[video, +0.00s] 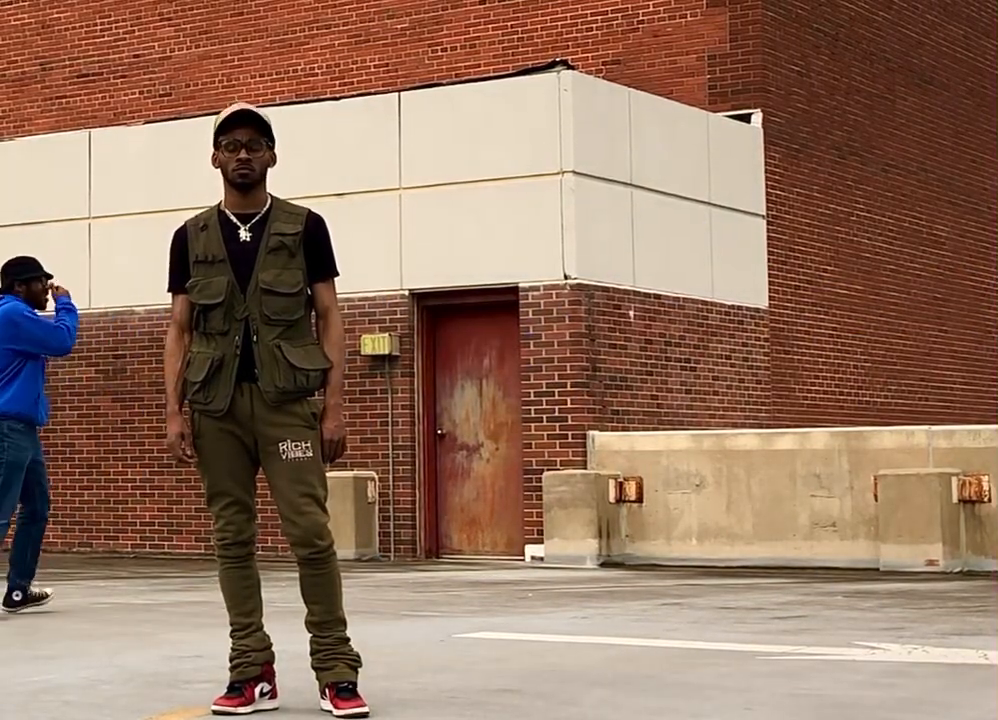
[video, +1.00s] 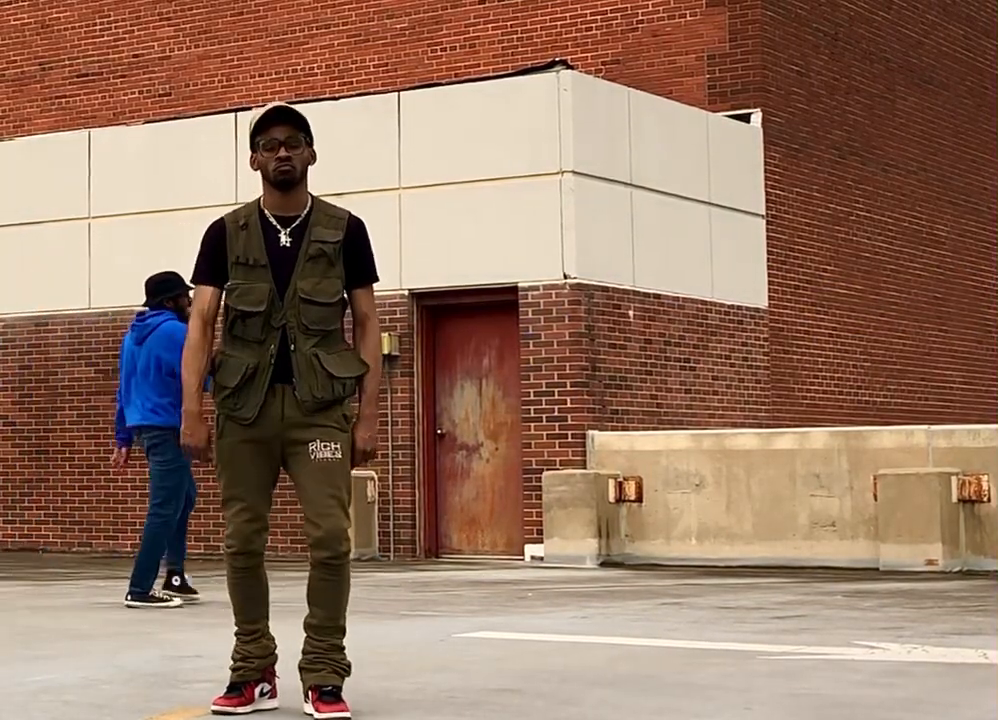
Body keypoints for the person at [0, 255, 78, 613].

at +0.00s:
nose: (46, 291)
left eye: (46, 284)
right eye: (42, 285)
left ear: (19, 287)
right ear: (22, 286)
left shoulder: (18, 314)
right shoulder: (13, 313)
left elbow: (59, 339)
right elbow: (63, 340)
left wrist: (60, 308)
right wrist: (64, 302)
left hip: (26, 429)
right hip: (11, 428)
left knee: (36, 508)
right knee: (5, 514)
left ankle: (18, 587)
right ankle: (14, 589)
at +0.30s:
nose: (67, 299)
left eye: (65, 293)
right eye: (61, 294)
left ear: (37, 299)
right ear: (43, 298)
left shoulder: (30, 328)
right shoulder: (36, 329)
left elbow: (78, 359)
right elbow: (83, 359)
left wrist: (73, 325)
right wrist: (82, 322)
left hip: (33, 430)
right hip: (40, 430)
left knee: (42, 512)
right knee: (44, 512)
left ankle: (13, 587)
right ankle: (11, 588)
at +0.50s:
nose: (95, 298)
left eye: (93, 293)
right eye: (89, 293)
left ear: (63, 298)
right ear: (72, 297)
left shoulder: (50, 327)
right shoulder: (66, 322)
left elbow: (65, 393)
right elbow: (81, 353)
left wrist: (107, 396)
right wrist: (114, 338)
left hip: (45, 428)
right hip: (69, 427)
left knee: (38, 511)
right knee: (105, 501)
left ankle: (13, 586)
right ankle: (92, 586)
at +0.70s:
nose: (128, 308)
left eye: (126, 303)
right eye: (123, 303)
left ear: (97, 309)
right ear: (106, 308)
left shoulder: (78, 337)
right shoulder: (104, 332)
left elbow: (99, 391)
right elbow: (106, 369)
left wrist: (135, 383)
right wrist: (151, 376)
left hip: (74, 439)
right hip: (107, 438)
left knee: (58, 513)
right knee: (133, 512)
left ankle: (21, 578)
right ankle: (138, 589)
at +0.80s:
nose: (147, 308)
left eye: (145, 302)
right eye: (142, 303)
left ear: (112, 307)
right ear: (128, 306)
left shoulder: (95, 337)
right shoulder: (128, 335)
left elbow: (97, 385)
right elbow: (138, 376)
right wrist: (181, 398)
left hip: (98, 438)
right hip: (129, 436)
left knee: (101, 513)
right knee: (151, 512)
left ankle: (52, 559)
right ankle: (141, 590)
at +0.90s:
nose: (171, 302)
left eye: (170, 296)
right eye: (168, 297)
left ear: (135, 301)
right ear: (155, 300)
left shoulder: (115, 333)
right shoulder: (156, 331)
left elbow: (113, 379)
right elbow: (177, 377)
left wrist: (165, 394)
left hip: (125, 428)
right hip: (151, 429)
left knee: (152, 500)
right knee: (158, 508)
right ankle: (140, 590)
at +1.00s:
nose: (190, 302)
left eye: (188, 296)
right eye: (186, 297)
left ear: (154, 302)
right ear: (174, 300)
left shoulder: (134, 333)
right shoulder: (173, 331)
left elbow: (124, 389)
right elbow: (197, 377)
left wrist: (122, 435)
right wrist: (214, 358)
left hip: (143, 427)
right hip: (166, 427)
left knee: (186, 497)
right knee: (164, 508)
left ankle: (175, 575)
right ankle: (140, 589)